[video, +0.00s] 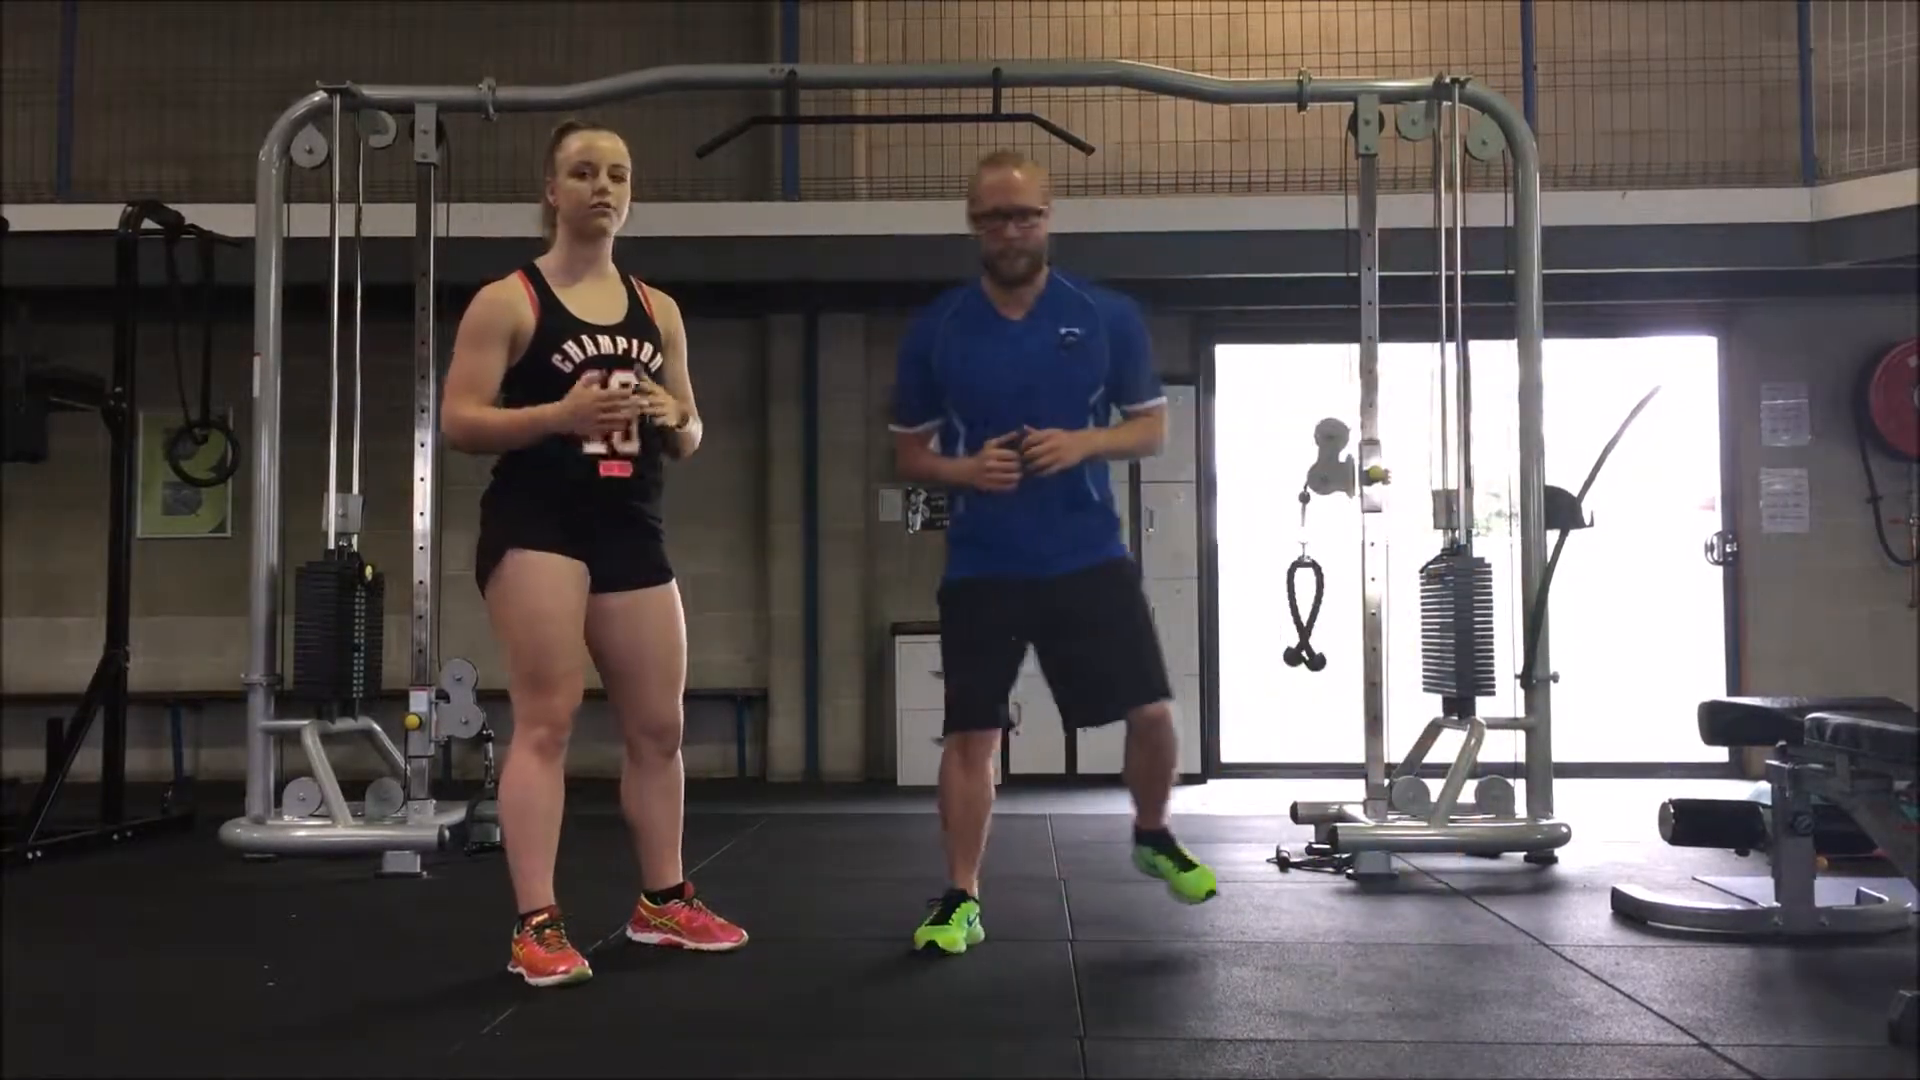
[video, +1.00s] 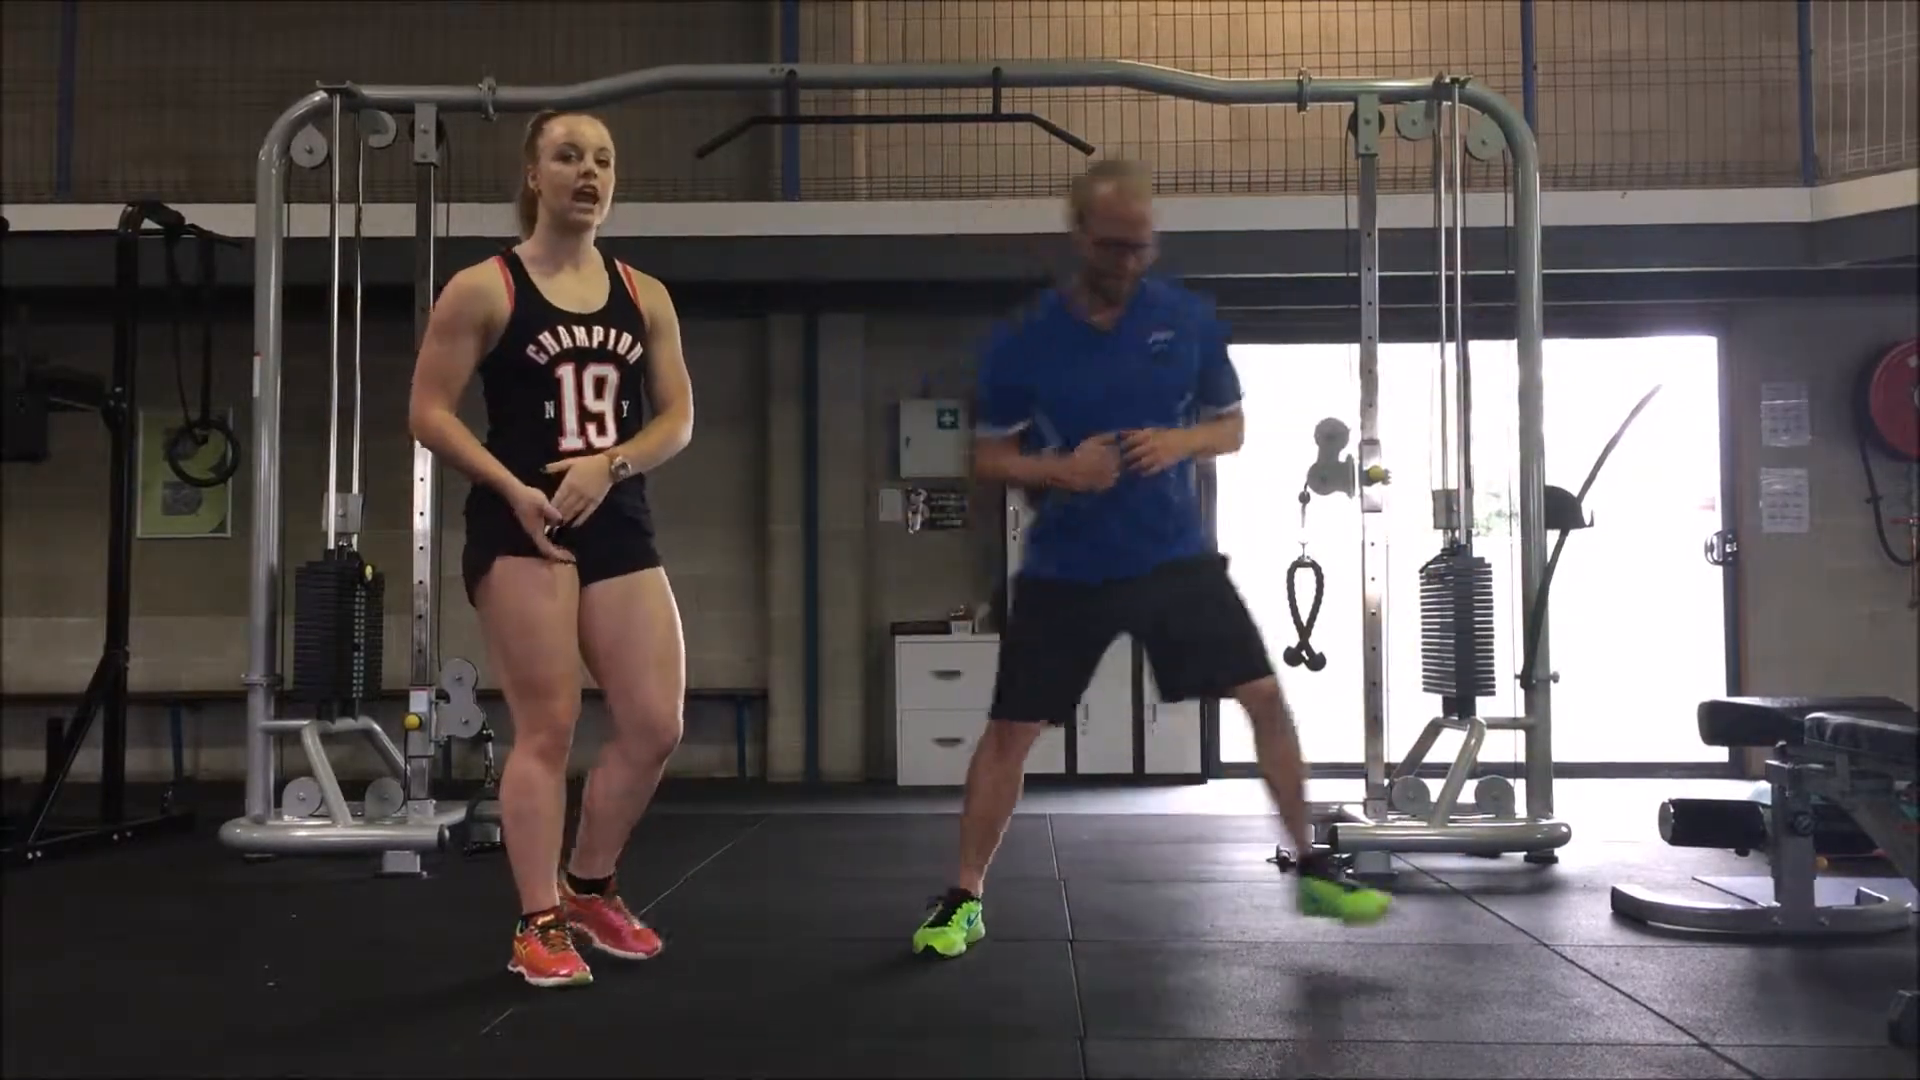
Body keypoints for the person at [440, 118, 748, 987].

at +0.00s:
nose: (601, 188)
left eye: (615, 176)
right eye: (583, 173)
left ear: (630, 196)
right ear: (550, 190)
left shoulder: (658, 310)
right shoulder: (504, 302)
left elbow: (689, 437)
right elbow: (460, 422)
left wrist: (668, 418)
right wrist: (563, 415)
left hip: (630, 530)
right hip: (536, 524)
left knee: (659, 730)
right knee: (545, 719)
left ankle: (665, 901)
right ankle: (537, 924)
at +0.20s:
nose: (592, 186)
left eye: (605, 173)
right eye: (573, 171)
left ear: (621, 191)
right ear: (540, 186)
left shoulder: (649, 308)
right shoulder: (493, 302)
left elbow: (675, 429)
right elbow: (452, 421)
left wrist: (625, 470)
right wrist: (546, 470)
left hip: (621, 528)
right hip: (526, 529)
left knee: (670, 723)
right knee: (540, 726)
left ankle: (668, 895)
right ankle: (537, 924)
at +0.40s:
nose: (581, 182)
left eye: (594, 170)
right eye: (562, 167)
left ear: (609, 189)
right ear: (527, 183)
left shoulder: (639, 303)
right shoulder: (476, 300)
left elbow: (670, 426)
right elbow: (427, 419)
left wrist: (612, 476)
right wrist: (514, 480)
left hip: (613, 528)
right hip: (513, 531)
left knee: (678, 719)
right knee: (537, 724)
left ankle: (668, 887)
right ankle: (538, 925)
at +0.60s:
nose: (572, 177)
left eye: (586, 167)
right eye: (556, 163)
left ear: (602, 189)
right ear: (521, 180)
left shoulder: (634, 301)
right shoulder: (469, 300)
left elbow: (665, 425)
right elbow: (418, 421)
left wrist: (601, 473)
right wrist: (498, 486)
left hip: (616, 527)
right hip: (514, 531)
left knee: (668, 721)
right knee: (539, 729)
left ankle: (619, 876)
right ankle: (538, 925)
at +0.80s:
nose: (576, 171)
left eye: (590, 160)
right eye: (558, 157)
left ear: (606, 184)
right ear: (523, 178)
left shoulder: (637, 298)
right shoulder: (474, 296)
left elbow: (671, 420)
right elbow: (423, 419)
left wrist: (608, 469)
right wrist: (500, 488)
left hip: (617, 525)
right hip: (517, 527)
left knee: (650, 722)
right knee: (543, 726)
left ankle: (578, 874)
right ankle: (538, 925)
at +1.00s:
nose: (588, 172)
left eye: (601, 161)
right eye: (569, 157)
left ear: (615, 185)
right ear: (531, 177)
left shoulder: (644, 296)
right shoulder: (483, 289)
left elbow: (677, 418)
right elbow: (428, 413)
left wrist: (610, 464)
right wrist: (512, 487)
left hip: (619, 526)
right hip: (521, 527)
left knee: (653, 722)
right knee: (544, 726)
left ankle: (587, 890)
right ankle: (539, 925)